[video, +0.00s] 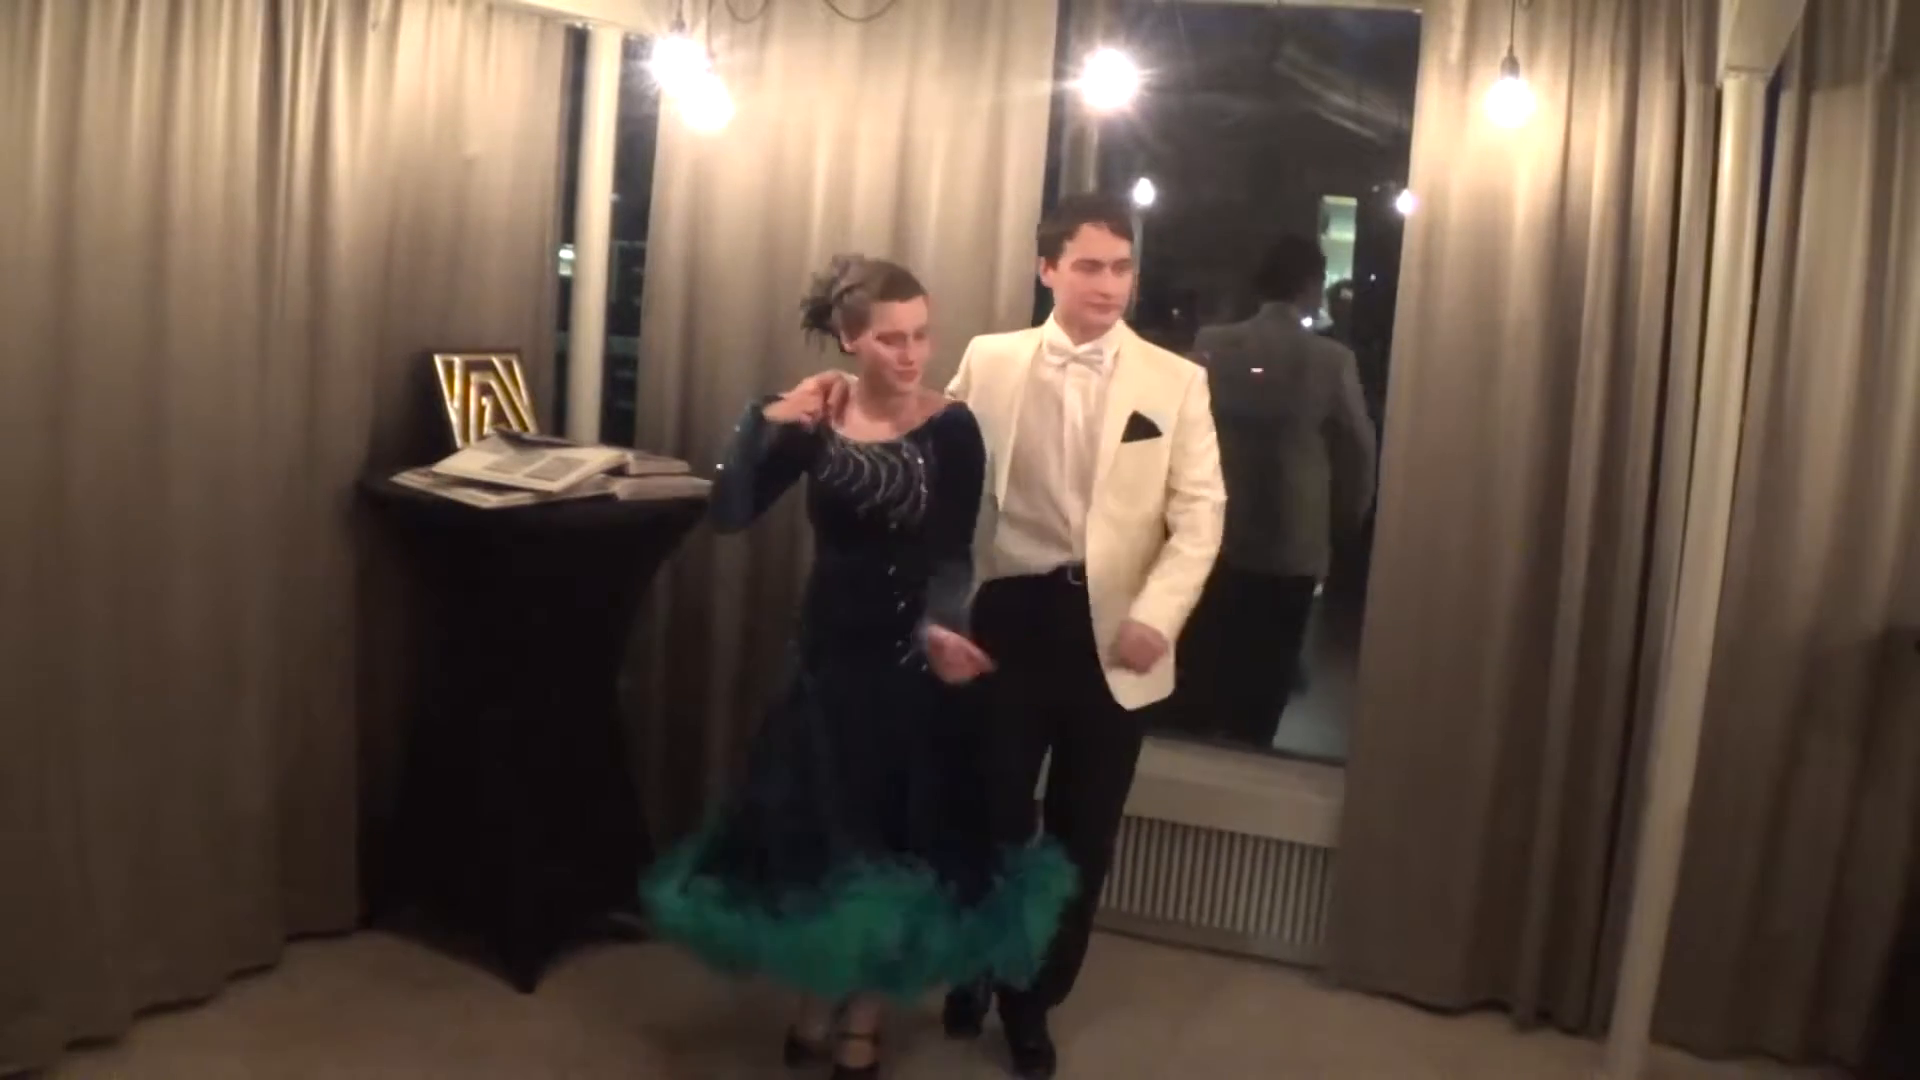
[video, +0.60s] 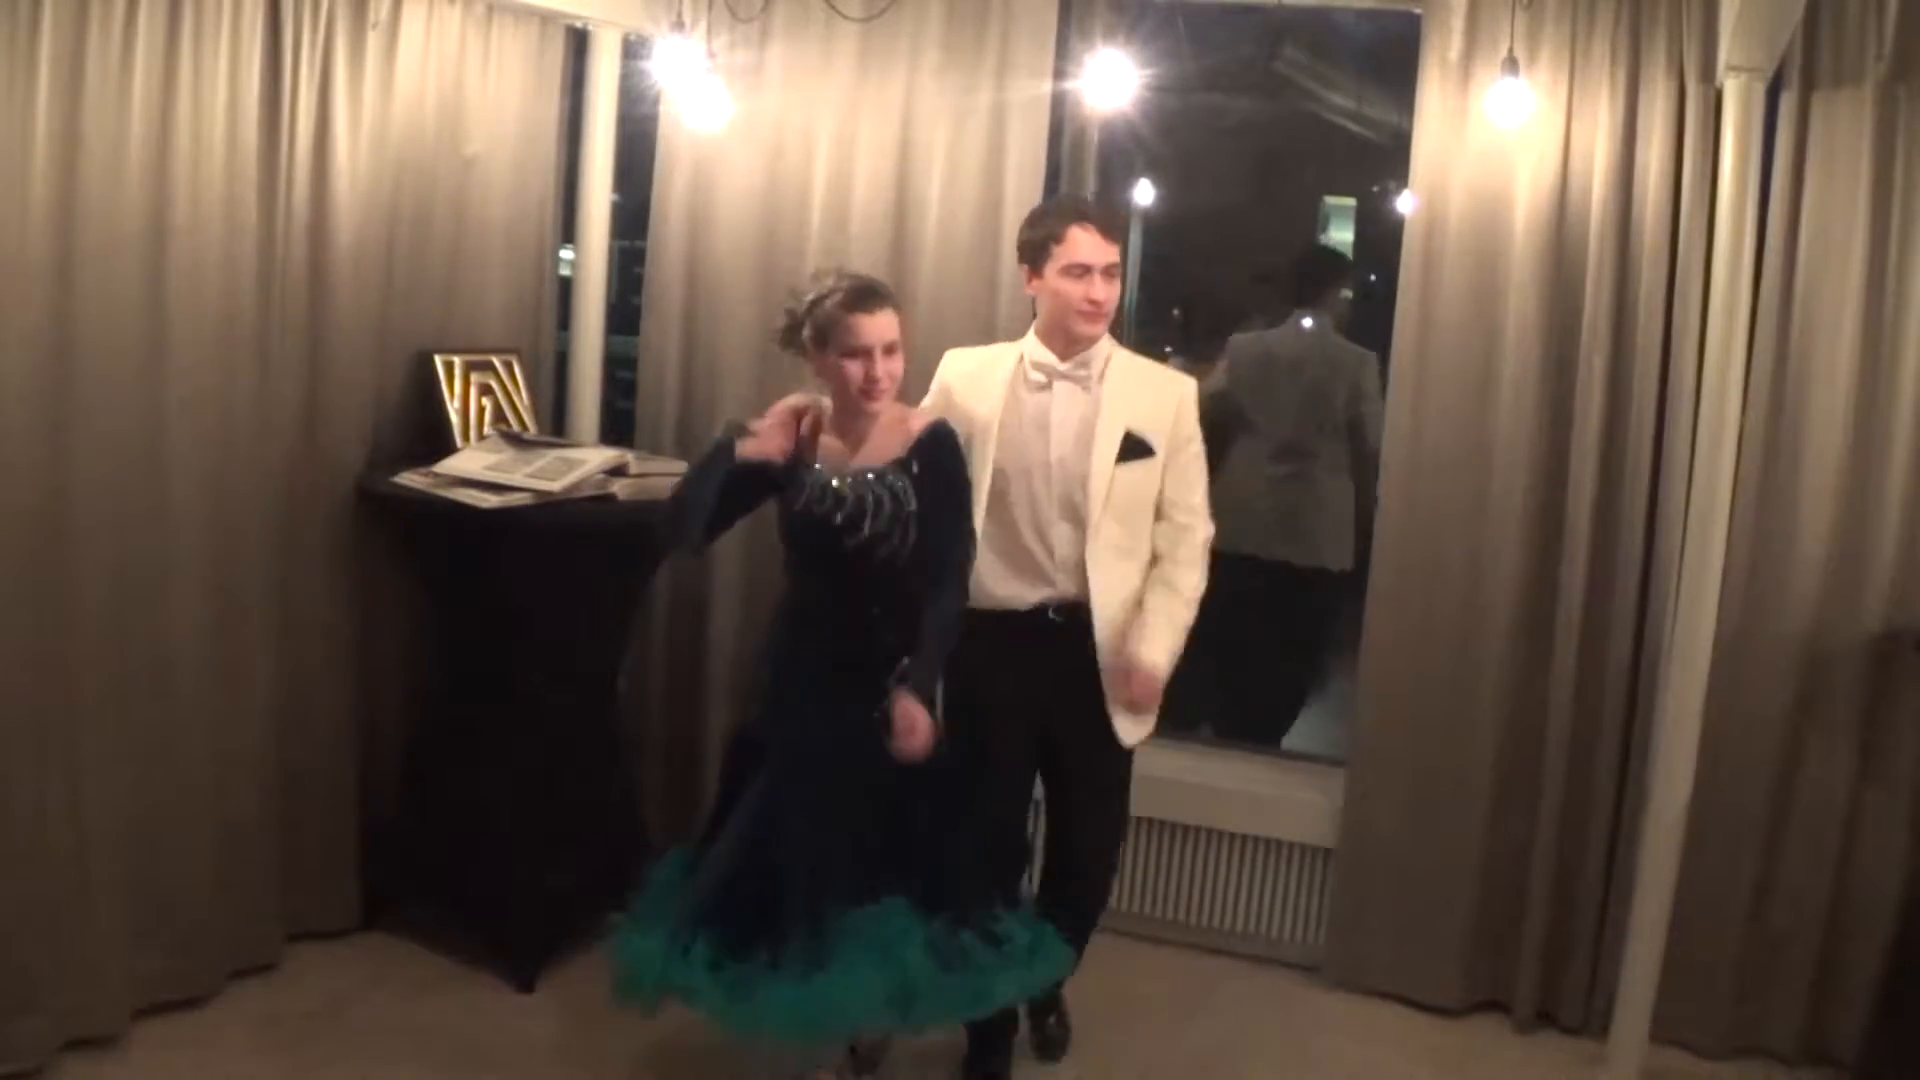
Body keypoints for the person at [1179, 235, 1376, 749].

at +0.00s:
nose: (1323, 292)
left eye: (1321, 283)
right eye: (1321, 283)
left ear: (1259, 282)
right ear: (1311, 288)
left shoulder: (1212, 346)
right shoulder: (1332, 361)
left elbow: (1184, 434)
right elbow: (1358, 452)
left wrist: (1182, 503)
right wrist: (1347, 515)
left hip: (1213, 529)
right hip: (1295, 537)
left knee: (1208, 659)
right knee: (1271, 670)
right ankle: (1242, 777)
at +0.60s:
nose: (1347, 301)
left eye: (1345, 291)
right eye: (1345, 292)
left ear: (1293, 289)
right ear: (1335, 295)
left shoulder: (1245, 350)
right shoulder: (1357, 365)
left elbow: (1208, 419)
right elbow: (1370, 452)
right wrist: (1371, 509)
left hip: (1240, 522)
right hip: (1319, 536)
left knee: (1233, 651)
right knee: (1296, 663)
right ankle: (1248, 763)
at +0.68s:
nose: (1351, 314)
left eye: (1349, 305)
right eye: (1348, 305)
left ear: (1299, 307)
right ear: (1336, 308)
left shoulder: (1247, 362)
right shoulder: (1354, 381)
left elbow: (1198, 416)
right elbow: (1363, 479)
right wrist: (1364, 554)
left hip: (1233, 543)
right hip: (1311, 555)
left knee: (1225, 674)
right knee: (1320, 668)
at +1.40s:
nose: (1385, 298)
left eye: (1384, 287)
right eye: (1380, 287)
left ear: (1327, 282)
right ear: (1365, 287)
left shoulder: (1280, 327)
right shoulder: (1376, 348)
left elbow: (1233, 378)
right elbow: (1387, 430)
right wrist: (1385, 503)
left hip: (1263, 490)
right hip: (1336, 499)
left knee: (1269, 622)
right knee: (1331, 636)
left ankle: (1268, 738)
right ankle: (1279, 736)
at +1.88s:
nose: (1394, 323)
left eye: (1395, 311)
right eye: (1392, 312)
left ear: (1342, 296)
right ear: (1379, 309)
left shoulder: (1304, 341)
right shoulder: (1349, 377)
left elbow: (1266, 380)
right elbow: (1361, 467)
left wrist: (1301, 415)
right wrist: (1393, 511)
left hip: (1287, 509)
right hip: (1334, 526)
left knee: (1280, 626)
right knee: (1335, 638)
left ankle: (1266, 733)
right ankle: (1328, 737)